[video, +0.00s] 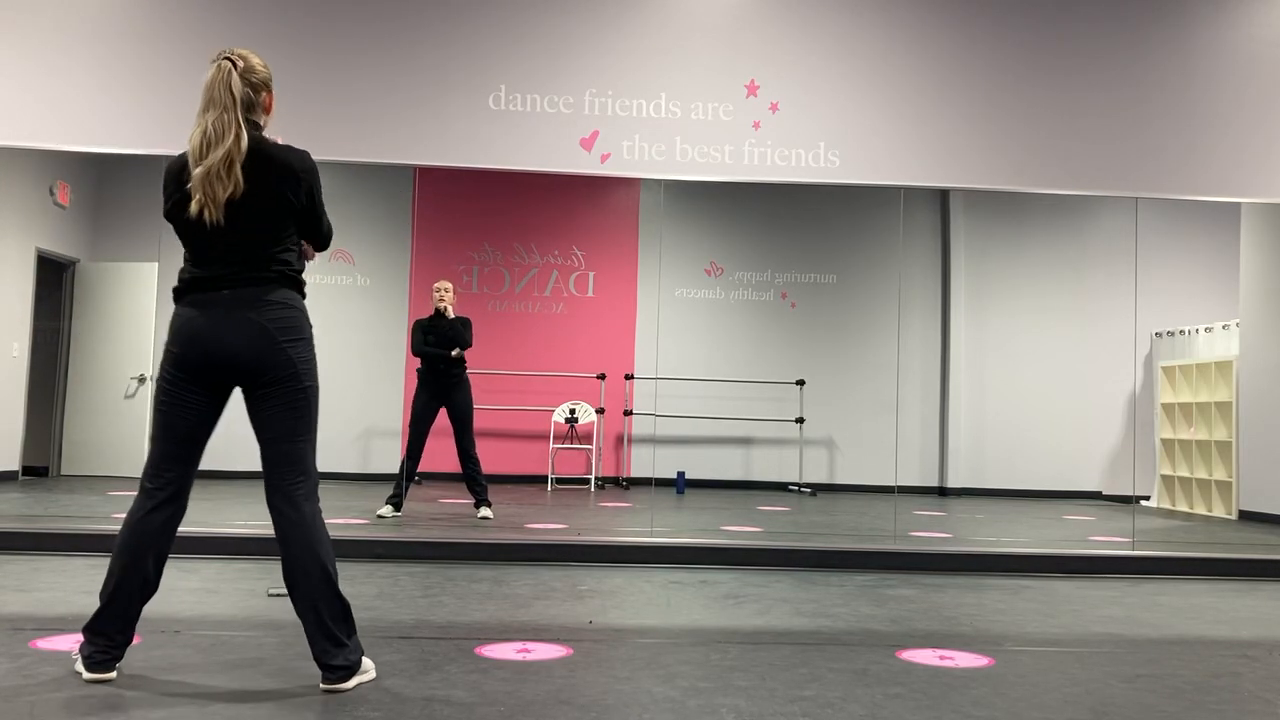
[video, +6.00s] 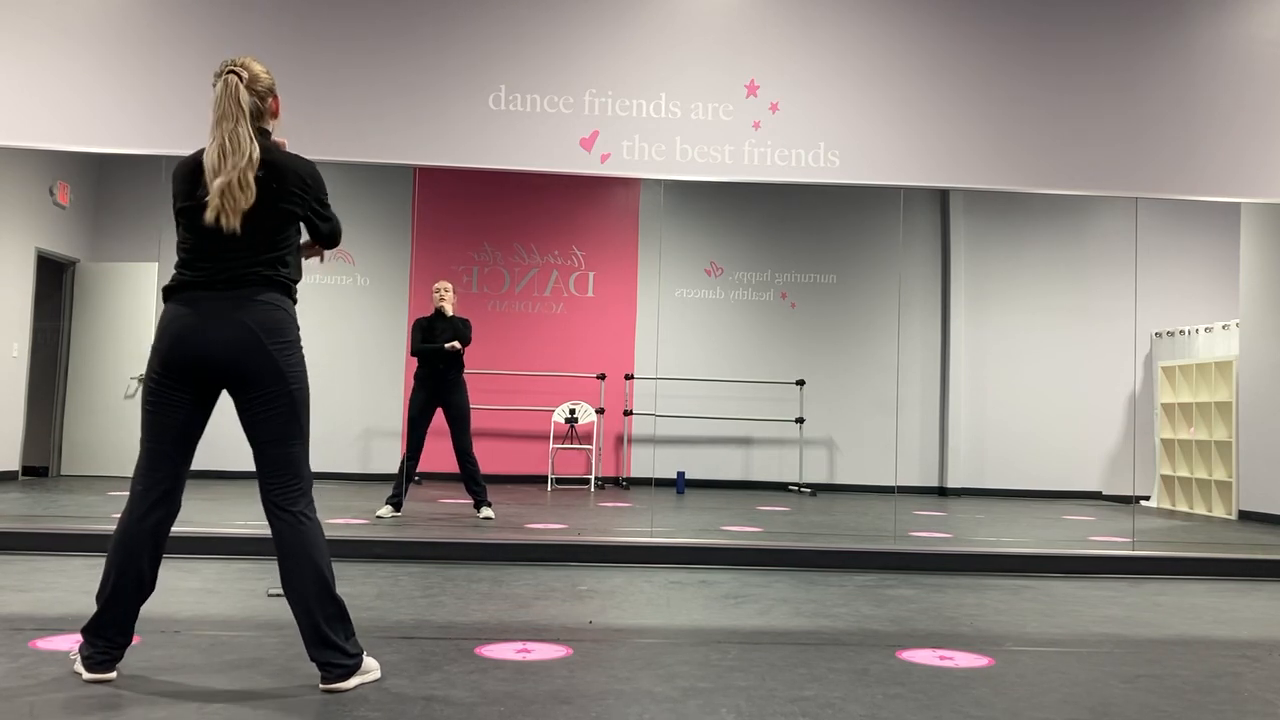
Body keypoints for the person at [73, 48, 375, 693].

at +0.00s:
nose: (277, 104)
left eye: (274, 94)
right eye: (274, 95)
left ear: (211, 98)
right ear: (262, 101)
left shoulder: (180, 170)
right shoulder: (291, 164)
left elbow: (199, 237)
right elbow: (319, 236)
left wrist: (289, 240)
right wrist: (267, 231)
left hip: (195, 324)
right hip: (275, 323)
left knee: (160, 488)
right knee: (294, 491)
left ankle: (101, 648)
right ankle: (338, 657)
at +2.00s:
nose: (282, 110)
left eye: (279, 100)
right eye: (281, 101)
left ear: (218, 102)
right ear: (270, 105)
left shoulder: (184, 166)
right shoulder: (291, 165)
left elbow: (185, 235)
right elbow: (327, 238)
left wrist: (285, 245)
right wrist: (290, 230)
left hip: (188, 326)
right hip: (268, 327)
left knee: (155, 489)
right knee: (291, 495)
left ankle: (100, 648)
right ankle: (338, 658)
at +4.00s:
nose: (288, 114)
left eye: (284, 103)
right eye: (286, 104)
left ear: (224, 107)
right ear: (275, 110)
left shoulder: (187, 166)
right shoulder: (298, 170)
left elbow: (196, 235)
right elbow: (327, 240)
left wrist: (288, 240)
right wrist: (277, 237)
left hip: (180, 324)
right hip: (261, 327)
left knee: (150, 490)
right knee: (288, 498)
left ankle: (100, 649)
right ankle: (338, 659)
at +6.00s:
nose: (283, 113)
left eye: (279, 103)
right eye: (282, 103)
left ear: (219, 109)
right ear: (272, 109)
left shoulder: (186, 170)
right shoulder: (296, 171)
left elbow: (201, 241)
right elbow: (330, 237)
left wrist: (296, 247)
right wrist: (292, 243)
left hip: (183, 325)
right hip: (264, 325)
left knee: (152, 491)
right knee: (290, 498)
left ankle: (100, 649)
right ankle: (338, 658)